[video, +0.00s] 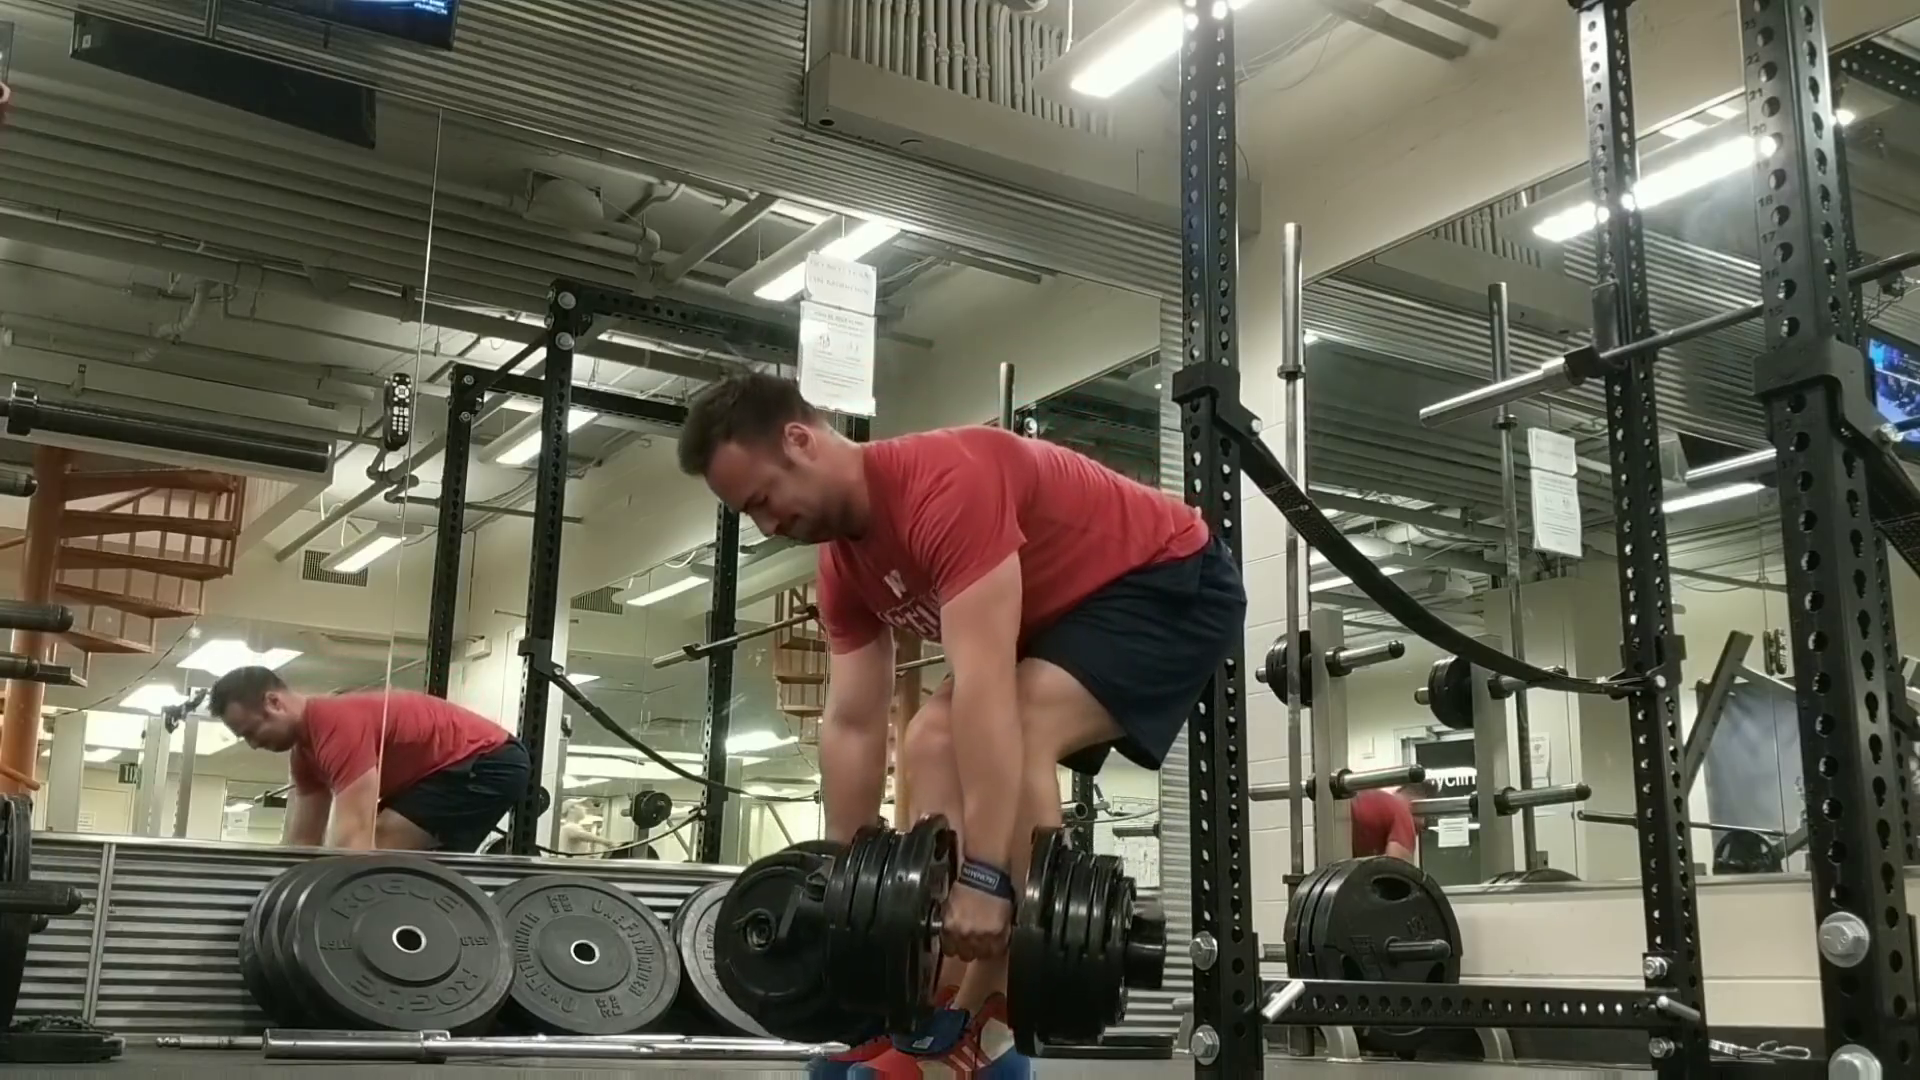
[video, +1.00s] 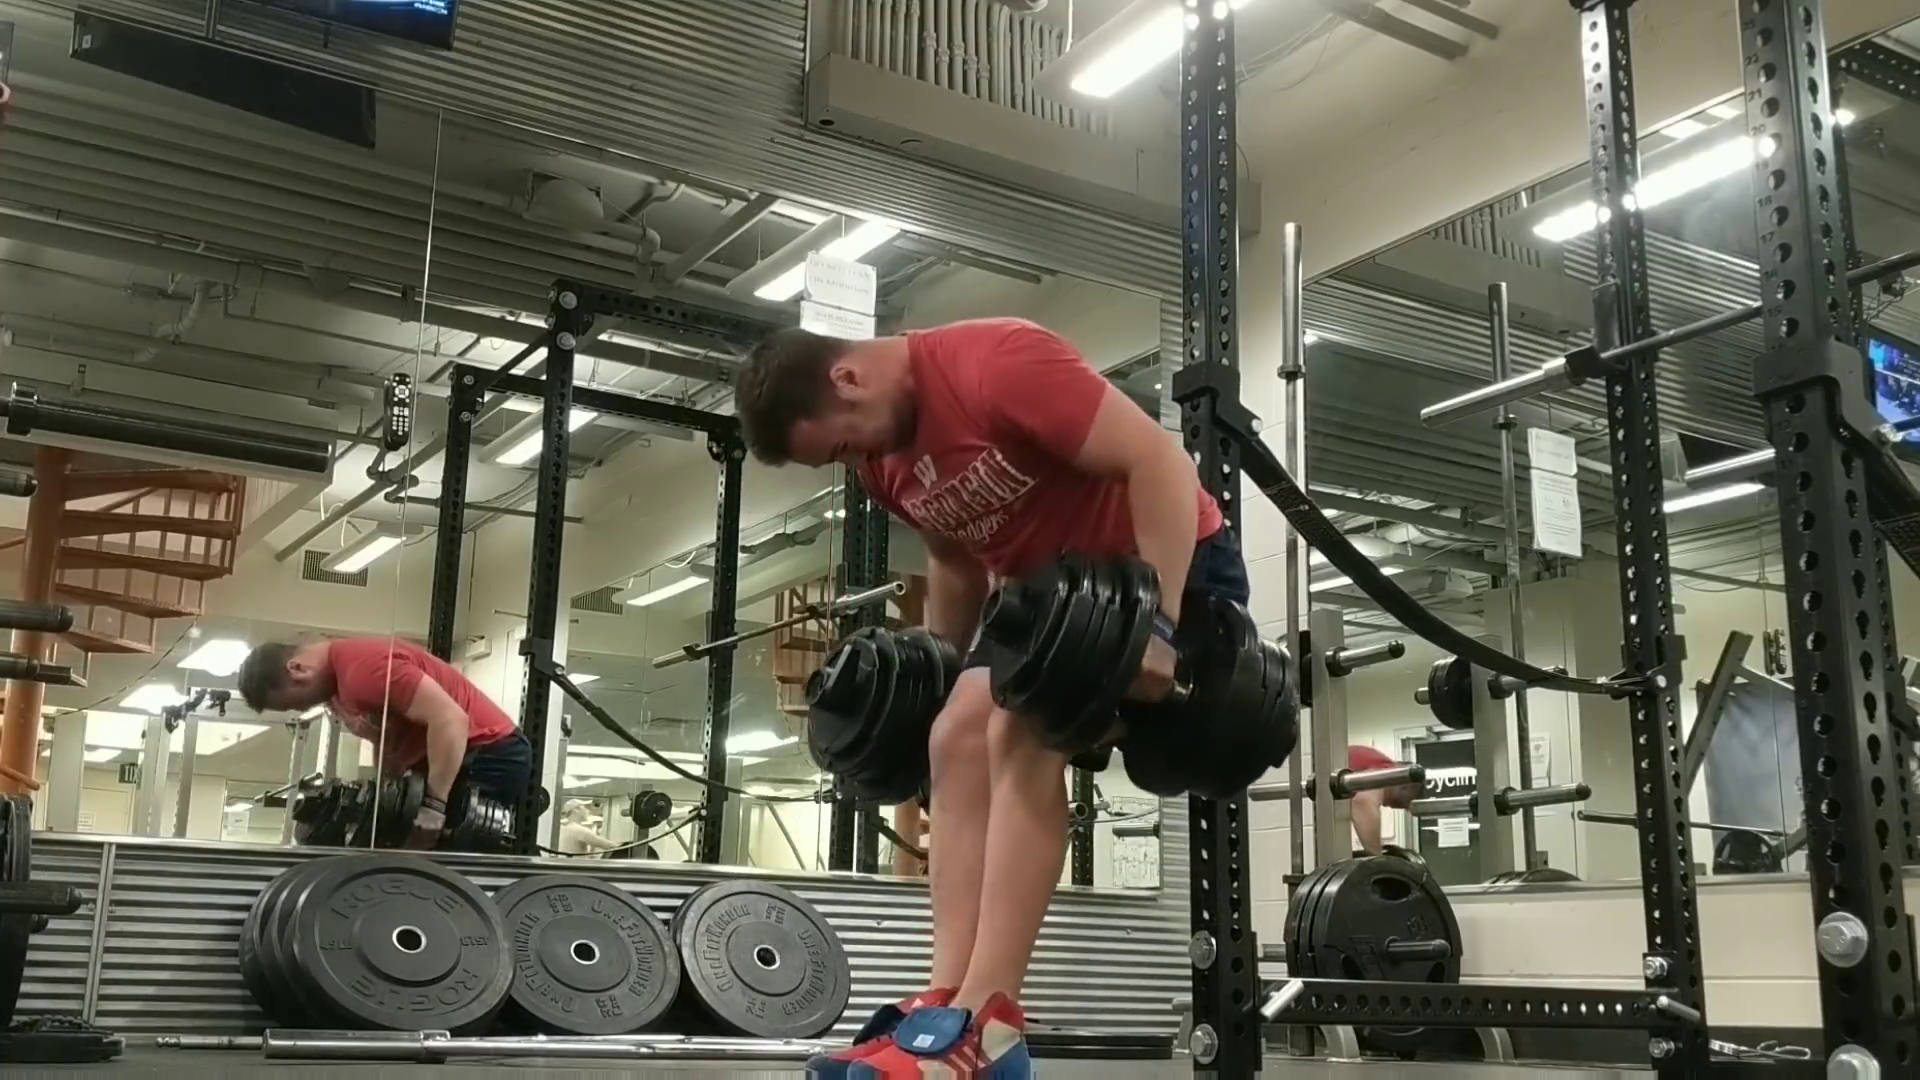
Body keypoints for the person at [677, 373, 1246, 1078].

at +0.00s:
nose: (764, 525)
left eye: (762, 499)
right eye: (748, 515)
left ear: (803, 439)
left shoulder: (952, 483)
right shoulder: (845, 566)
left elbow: (985, 687)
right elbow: (854, 723)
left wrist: (985, 879)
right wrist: (845, 884)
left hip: (1167, 580)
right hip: (1061, 615)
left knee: (1015, 726)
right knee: (933, 737)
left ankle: (991, 1029)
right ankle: (935, 1018)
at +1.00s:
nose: (855, 461)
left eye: (843, 444)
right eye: (838, 458)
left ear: (848, 377)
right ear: (847, 379)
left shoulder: (997, 365)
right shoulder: (881, 458)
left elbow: (1159, 459)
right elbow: (954, 558)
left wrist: (1162, 621)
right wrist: (934, 683)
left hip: (1160, 564)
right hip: (1054, 595)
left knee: (1021, 729)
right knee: (957, 730)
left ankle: (991, 1017)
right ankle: (943, 1002)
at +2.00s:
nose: (767, 520)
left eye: (766, 495)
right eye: (751, 509)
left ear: (807, 437)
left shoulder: (953, 482)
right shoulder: (842, 560)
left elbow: (985, 683)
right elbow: (851, 719)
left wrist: (982, 875)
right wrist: (845, 884)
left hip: (1169, 576)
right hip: (1062, 612)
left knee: (1019, 727)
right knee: (935, 740)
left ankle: (988, 1033)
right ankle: (930, 1019)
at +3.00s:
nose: (845, 462)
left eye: (835, 445)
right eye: (830, 458)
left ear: (849, 375)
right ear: (847, 381)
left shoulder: (998, 369)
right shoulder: (878, 462)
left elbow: (1143, 488)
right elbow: (940, 575)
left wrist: (1148, 659)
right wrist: (926, 700)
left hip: (1155, 565)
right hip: (1047, 591)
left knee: (1030, 738)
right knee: (954, 732)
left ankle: (992, 1016)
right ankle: (944, 1001)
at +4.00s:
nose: (774, 506)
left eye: (769, 478)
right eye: (756, 492)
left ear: (816, 421)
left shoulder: (957, 474)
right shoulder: (846, 548)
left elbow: (1006, 660)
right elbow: (861, 704)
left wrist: (1006, 850)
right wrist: (843, 863)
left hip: (1168, 579)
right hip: (1069, 604)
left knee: (1011, 743)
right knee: (941, 734)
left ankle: (992, 1025)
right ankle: (935, 1017)